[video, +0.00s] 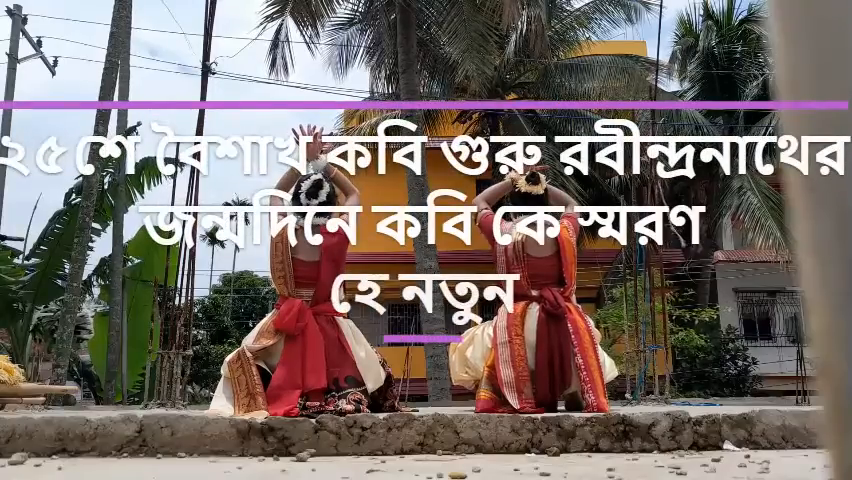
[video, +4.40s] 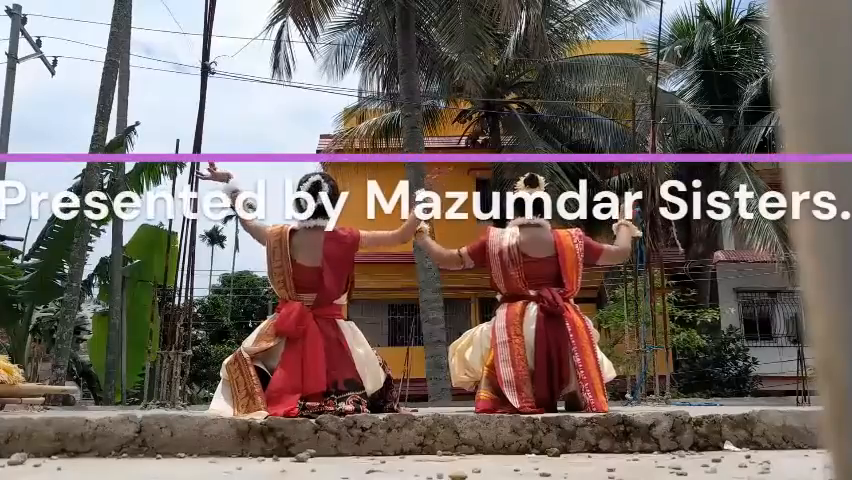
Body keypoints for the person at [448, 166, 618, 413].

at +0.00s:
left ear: (512, 208)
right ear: (545, 206)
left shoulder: (504, 234)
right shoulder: (563, 232)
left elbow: (481, 202)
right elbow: (570, 204)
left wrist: (509, 183)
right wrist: (543, 187)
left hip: (520, 317)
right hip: (564, 317)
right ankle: (574, 392)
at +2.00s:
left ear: (511, 209)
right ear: (544, 206)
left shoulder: (503, 233)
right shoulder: (563, 232)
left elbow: (480, 200)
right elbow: (569, 202)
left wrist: (507, 182)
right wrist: (542, 185)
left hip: (518, 318)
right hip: (562, 317)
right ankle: (574, 394)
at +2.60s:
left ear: (509, 202)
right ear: (545, 201)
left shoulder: (501, 231)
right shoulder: (562, 228)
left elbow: (479, 197)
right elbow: (566, 198)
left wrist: (502, 168)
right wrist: (542, 170)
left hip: (516, 321)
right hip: (561, 319)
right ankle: (576, 394)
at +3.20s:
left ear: (514, 207)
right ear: (546, 207)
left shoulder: (501, 233)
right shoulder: (564, 232)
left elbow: (462, 219)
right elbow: (595, 209)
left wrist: (467, 184)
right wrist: (568, 180)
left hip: (514, 316)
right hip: (559, 315)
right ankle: (579, 397)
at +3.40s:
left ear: (510, 207)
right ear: (544, 207)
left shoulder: (495, 236)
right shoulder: (566, 234)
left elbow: (446, 222)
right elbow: (605, 221)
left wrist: (447, 192)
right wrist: (593, 192)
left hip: (512, 325)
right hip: (561, 323)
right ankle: (575, 394)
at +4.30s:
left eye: (515, 204)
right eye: (537, 202)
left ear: (511, 209)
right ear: (547, 207)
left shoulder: (494, 240)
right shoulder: (569, 238)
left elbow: (442, 252)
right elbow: (619, 245)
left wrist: (426, 226)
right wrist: (616, 216)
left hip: (512, 328)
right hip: (563, 326)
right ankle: (578, 395)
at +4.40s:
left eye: (522, 201)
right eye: (536, 201)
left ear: (511, 206)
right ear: (547, 205)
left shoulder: (493, 240)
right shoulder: (570, 240)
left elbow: (452, 260)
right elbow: (620, 253)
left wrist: (423, 239)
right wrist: (624, 227)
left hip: (511, 330)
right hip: (565, 327)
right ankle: (578, 400)